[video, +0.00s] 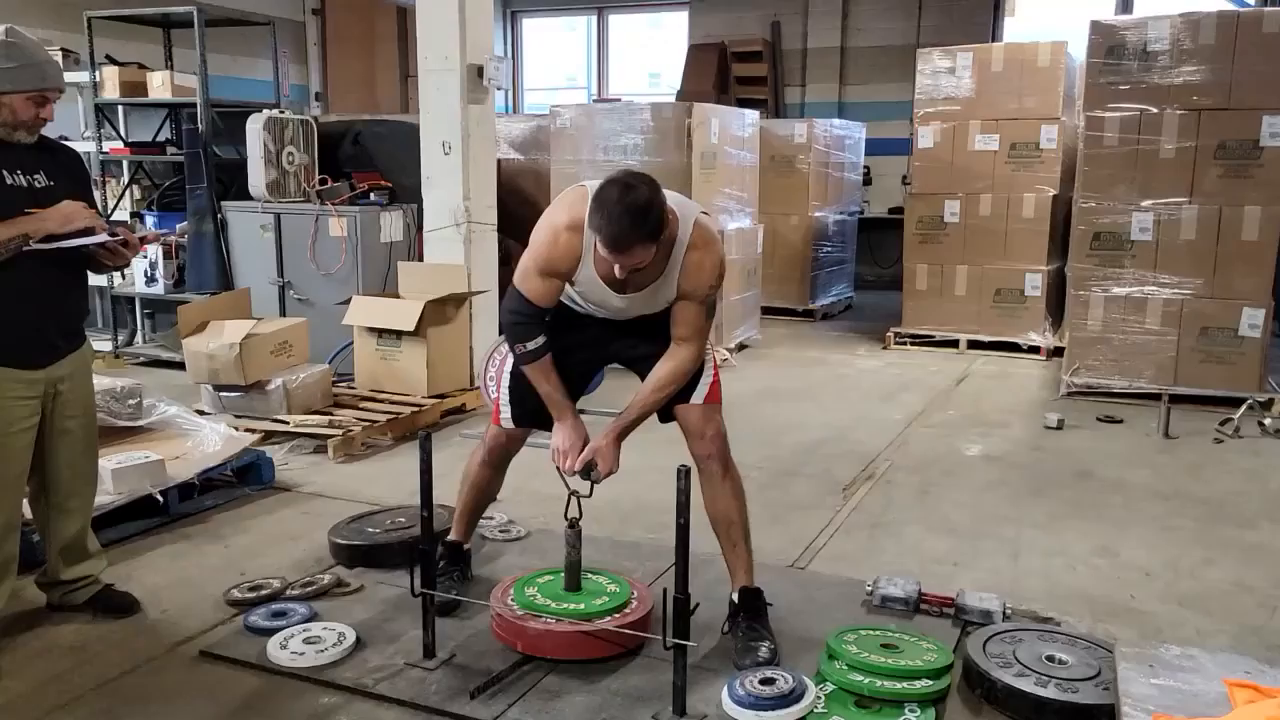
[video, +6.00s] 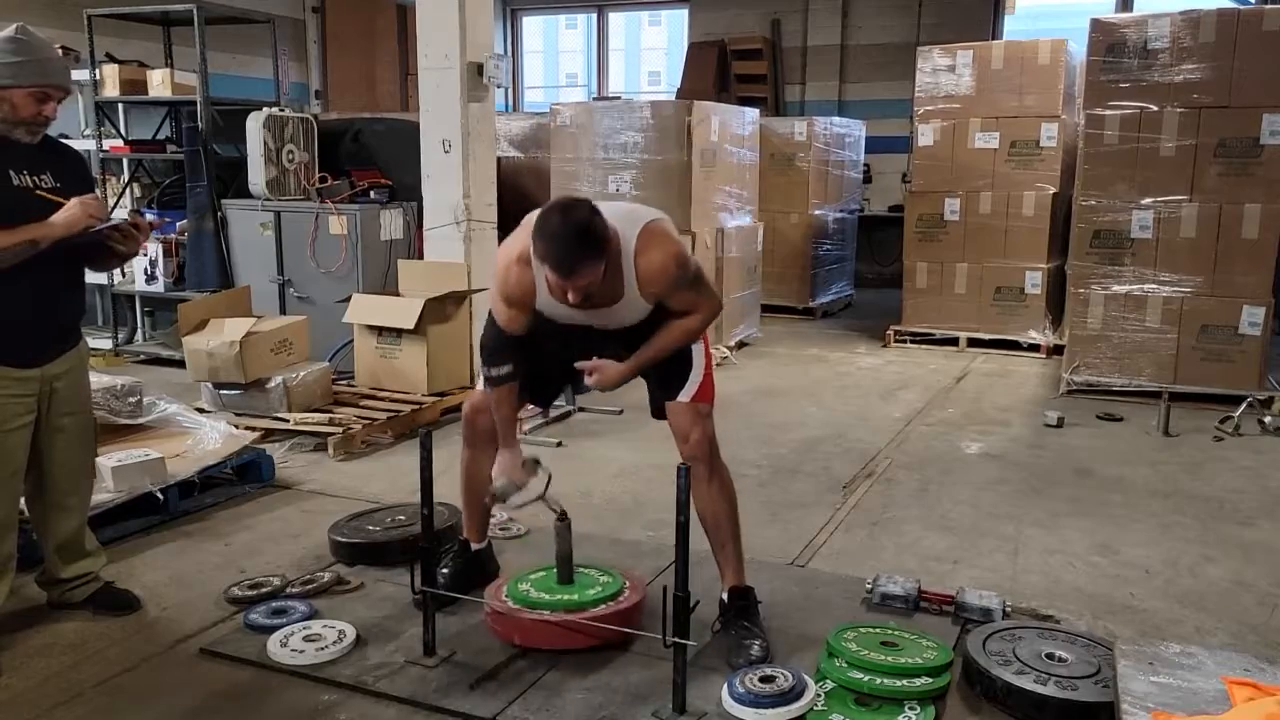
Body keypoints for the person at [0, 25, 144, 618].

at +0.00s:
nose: (49, 112)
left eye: (53, 100)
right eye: (38, 100)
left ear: (53, 97)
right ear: (3, 94)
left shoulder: (65, 161)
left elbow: (88, 251)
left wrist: (115, 255)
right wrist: (40, 221)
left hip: (68, 351)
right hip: (7, 360)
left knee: (72, 476)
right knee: (6, 493)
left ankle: (73, 583)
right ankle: (2, 599)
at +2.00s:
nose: (33, 109)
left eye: (39, 97)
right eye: (22, 97)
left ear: (44, 92)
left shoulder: (55, 157)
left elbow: (84, 242)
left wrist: (106, 248)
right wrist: (33, 216)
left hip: (62, 345)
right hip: (4, 354)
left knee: (70, 472)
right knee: (5, 489)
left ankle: (75, 579)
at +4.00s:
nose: (39, 107)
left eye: (45, 96)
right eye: (28, 96)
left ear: (48, 92)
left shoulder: (60, 156)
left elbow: (84, 246)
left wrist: (110, 249)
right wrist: (38, 216)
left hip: (65, 346)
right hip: (7, 355)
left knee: (70, 474)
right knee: (7, 489)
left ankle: (74, 581)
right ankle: (0, 597)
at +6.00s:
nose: (52, 110)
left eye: (58, 99)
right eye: (43, 98)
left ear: (58, 96)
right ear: (5, 90)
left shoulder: (67, 161)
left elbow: (78, 253)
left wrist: (117, 249)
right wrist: (49, 228)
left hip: (64, 350)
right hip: (5, 359)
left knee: (68, 475)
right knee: (7, 490)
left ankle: (73, 580)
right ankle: (1, 597)